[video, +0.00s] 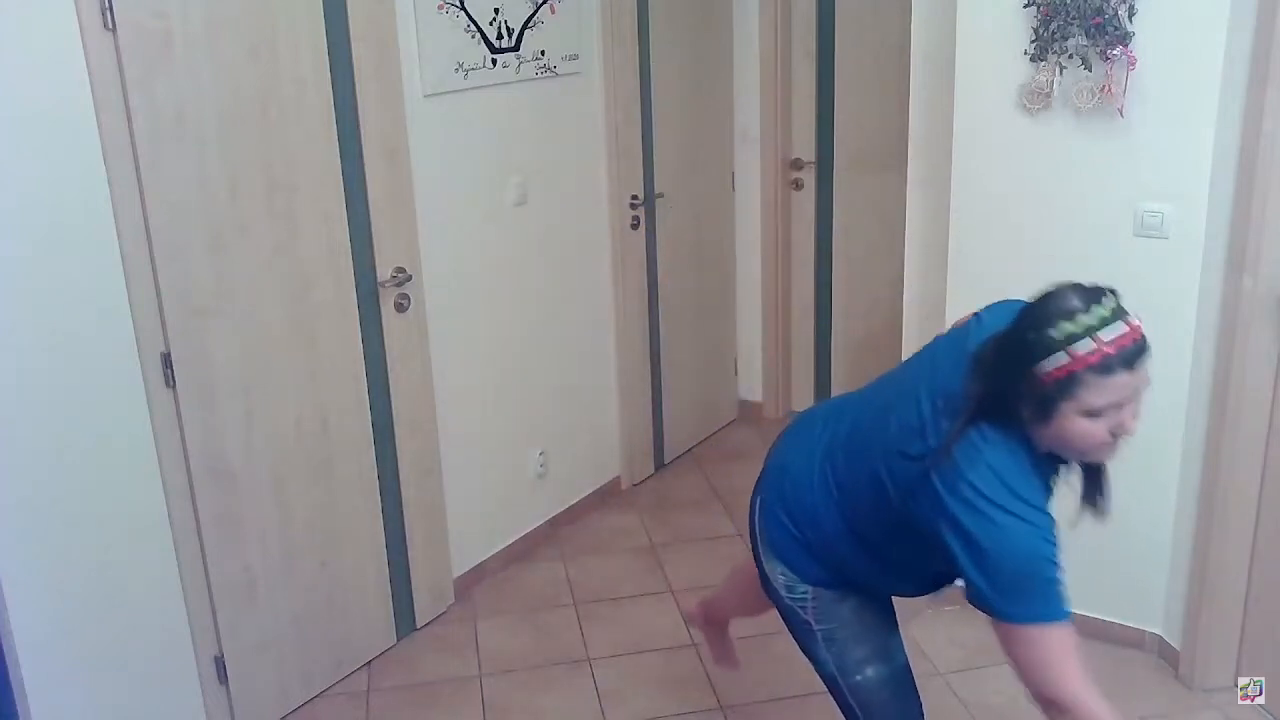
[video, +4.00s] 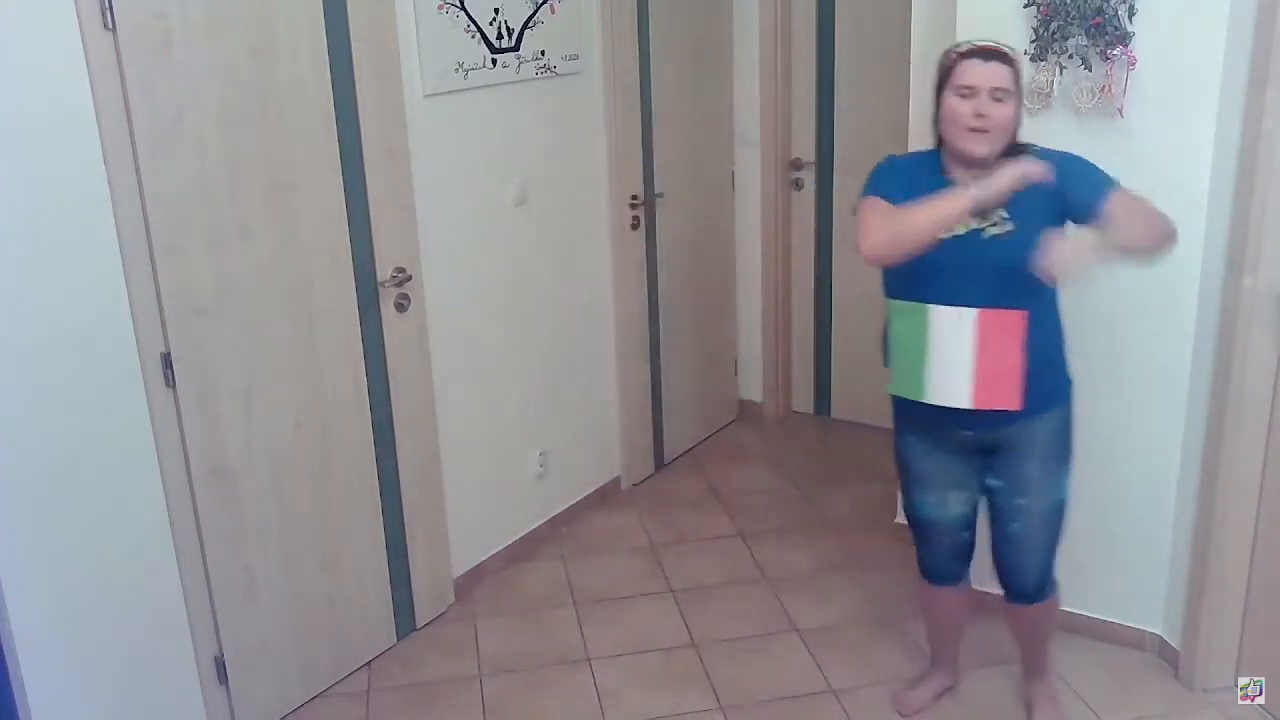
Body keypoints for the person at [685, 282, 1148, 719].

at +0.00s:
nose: (1127, 427)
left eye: (1134, 401)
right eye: (1100, 414)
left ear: (1140, 376)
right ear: (1034, 407)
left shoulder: (1015, 323)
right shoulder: (995, 498)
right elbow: (1061, 693)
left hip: (824, 433)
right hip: (803, 531)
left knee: (784, 569)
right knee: (893, 708)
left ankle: (714, 608)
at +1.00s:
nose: (642, 151)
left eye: (661, 135)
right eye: (626, 136)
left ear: (689, 153)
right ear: (607, 153)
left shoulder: (736, 236)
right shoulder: (572, 242)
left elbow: (799, 337)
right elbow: (528, 354)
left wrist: (866, 413)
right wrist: (472, 450)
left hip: (713, 446)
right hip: (610, 450)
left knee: (723, 592)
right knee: (600, 602)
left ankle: (727, 697)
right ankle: (589, 711)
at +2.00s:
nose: (574, 138)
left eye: (588, 123)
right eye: (557, 124)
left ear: (609, 133)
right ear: (536, 135)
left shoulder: (649, 201)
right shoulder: (513, 208)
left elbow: (711, 293)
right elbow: (471, 312)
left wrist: (716, 283)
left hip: (632, 409)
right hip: (546, 413)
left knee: (612, 538)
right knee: (568, 561)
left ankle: (601, 618)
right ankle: (580, 702)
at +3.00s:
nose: (707, 104)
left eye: (720, 93)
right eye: (690, 93)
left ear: (740, 106)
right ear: (667, 108)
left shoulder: (770, 166)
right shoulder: (641, 175)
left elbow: (812, 211)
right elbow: (623, 221)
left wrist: (729, 154)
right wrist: (701, 153)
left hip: (763, 393)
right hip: (672, 400)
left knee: (787, 541)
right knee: (703, 549)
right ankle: (710, 676)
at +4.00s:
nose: (980, 110)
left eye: (998, 97)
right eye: (965, 94)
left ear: (1019, 112)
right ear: (938, 105)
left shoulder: (1051, 173)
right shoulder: (900, 175)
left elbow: (1156, 228)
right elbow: (873, 244)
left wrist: (1092, 241)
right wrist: (981, 193)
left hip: (1029, 413)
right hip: (930, 412)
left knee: (1028, 575)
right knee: (941, 563)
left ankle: (1038, 680)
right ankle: (944, 669)